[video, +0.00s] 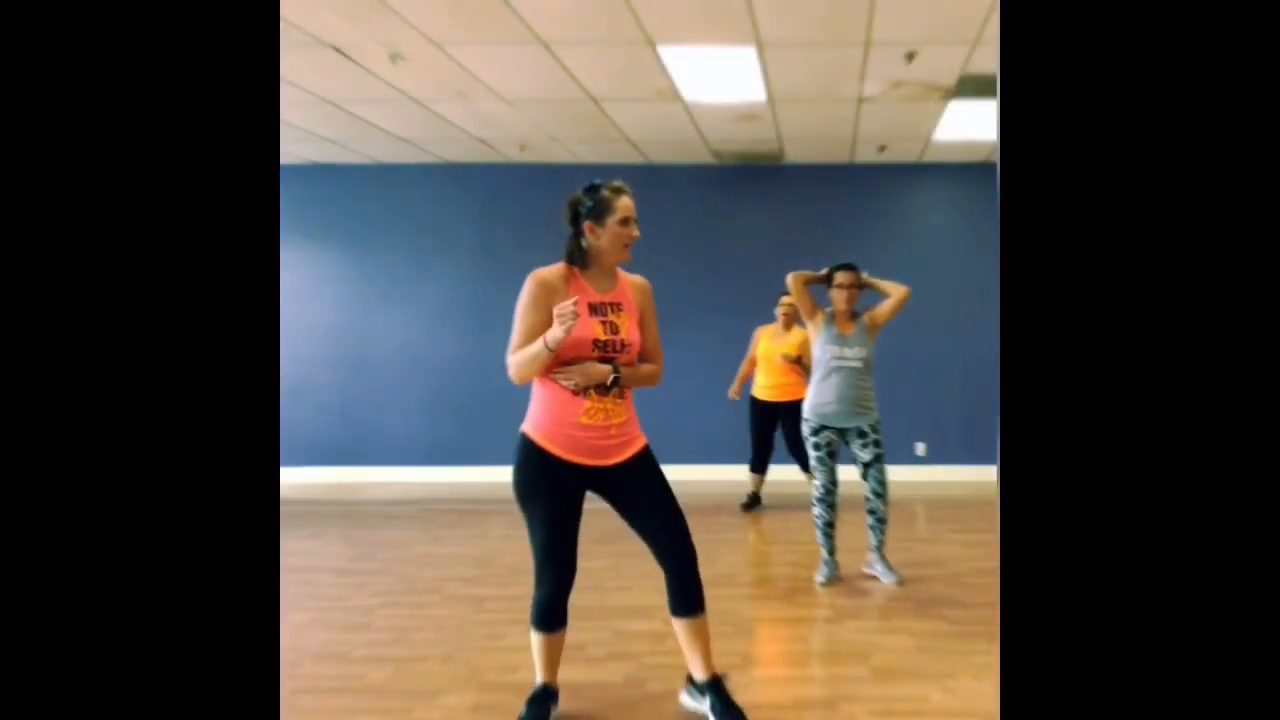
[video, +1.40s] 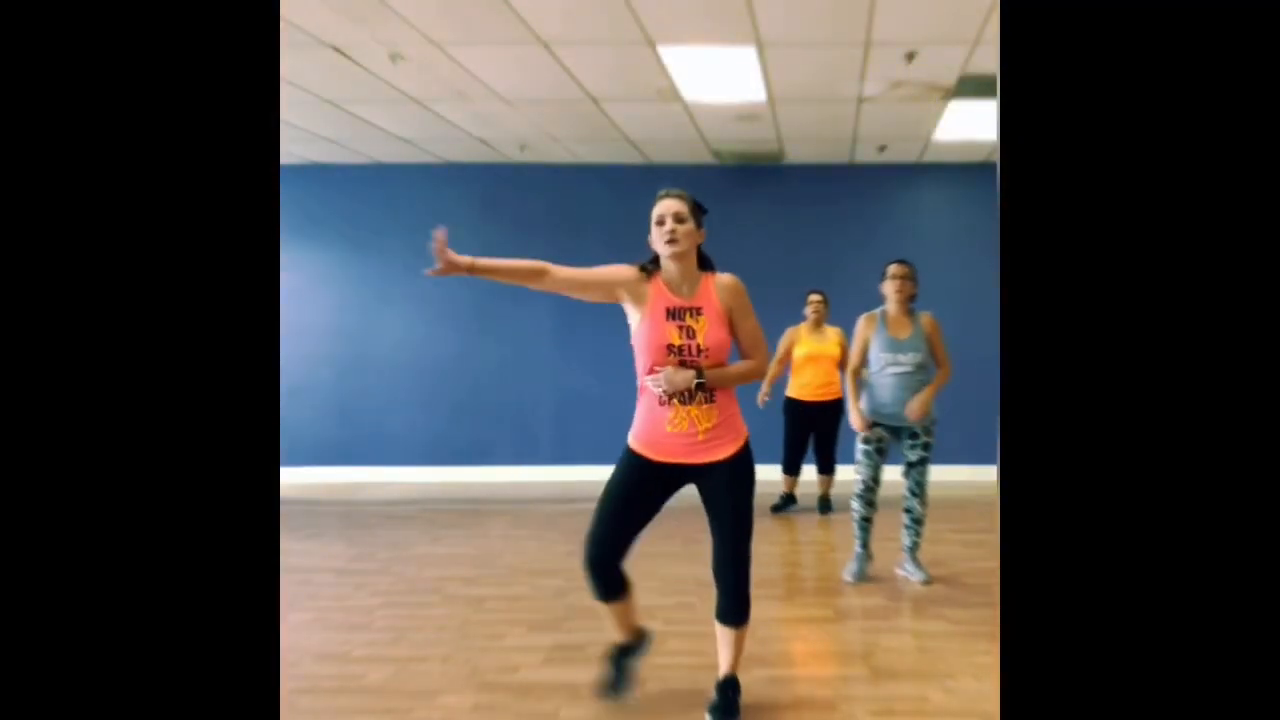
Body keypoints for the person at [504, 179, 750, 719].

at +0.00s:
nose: (635, 232)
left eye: (635, 222)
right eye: (625, 223)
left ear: (622, 229)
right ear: (589, 229)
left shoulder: (637, 290)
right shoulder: (545, 284)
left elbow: (652, 372)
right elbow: (517, 371)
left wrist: (610, 373)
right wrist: (554, 336)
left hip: (624, 452)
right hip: (551, 454)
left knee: (679, 553)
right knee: (553, 576)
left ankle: (704, 681)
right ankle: (545, 690)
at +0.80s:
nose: (631, 233)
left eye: (640, 223)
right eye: (621, 227)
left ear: (659, 227)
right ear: (610, 238)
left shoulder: (694, 286)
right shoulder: (603, 288)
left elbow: (724, 368)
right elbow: (556, 338)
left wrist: (656, 374)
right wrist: (595, 274)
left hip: (674, 453)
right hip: (602, 447)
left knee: (690, 578)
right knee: (575, 572)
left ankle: (718, 684)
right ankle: (547, 689)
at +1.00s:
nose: (656, 229)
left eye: (664, 218)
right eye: (646, 222)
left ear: (685, 221)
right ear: (637, 232)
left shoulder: (718, 278)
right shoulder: (631, 285)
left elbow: (753, 357)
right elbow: (575, 329)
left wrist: (687, 368)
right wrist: (612, 264)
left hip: (710, 444)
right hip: (642, 442)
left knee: (711, 572)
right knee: (605, 568)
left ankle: (722, 686)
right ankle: (586, 678)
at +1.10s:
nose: (664, 223)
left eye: (673, 212)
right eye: (654, 215)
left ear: (694, 215)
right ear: (645, 224)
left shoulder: (725, 271)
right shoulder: (637, 279)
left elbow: (760, 348)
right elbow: (568, 319)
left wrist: (693, 361)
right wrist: (610, 265)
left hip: (714, 439)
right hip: (647, 437)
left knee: (718, 568)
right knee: (632, 566)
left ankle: (722, 683)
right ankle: (657, 658)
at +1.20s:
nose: (670, 225)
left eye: (679, 215)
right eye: (661, 217)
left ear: (700, 221)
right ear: (651, 227)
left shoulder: (729, 274)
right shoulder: (639, 272)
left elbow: (764, 350)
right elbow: (560, 275)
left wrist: (697, 363)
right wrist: (559, 283)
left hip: (715, 442)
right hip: (649, 442)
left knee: (720, 567)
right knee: (668, 571)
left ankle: (725, 683)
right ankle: (696, 669)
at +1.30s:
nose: (672, 226)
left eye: (682, 217)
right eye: (663, 219)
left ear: (703, 225)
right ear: (654, 231)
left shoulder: (730, 283)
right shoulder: (640, 278)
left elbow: (763, 357)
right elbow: (559, 272)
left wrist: (700, 370)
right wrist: (502, 269)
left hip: (721, 445)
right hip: (654, 445)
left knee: (724, 569)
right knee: (636, 564)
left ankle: (726, 684)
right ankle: (677, 654)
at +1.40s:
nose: (668, 228)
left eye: (679, 220)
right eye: (660, 222)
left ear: (700, 232)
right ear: (650, 235)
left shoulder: (727, 289)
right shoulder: (633, 284)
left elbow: (759, 363)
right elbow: (546, 275)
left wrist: (698, 376)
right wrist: (465, 264)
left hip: (723, 451)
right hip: (653, 450)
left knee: (732, 570)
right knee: (600, 559)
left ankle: (727, 682)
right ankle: (631, 638)